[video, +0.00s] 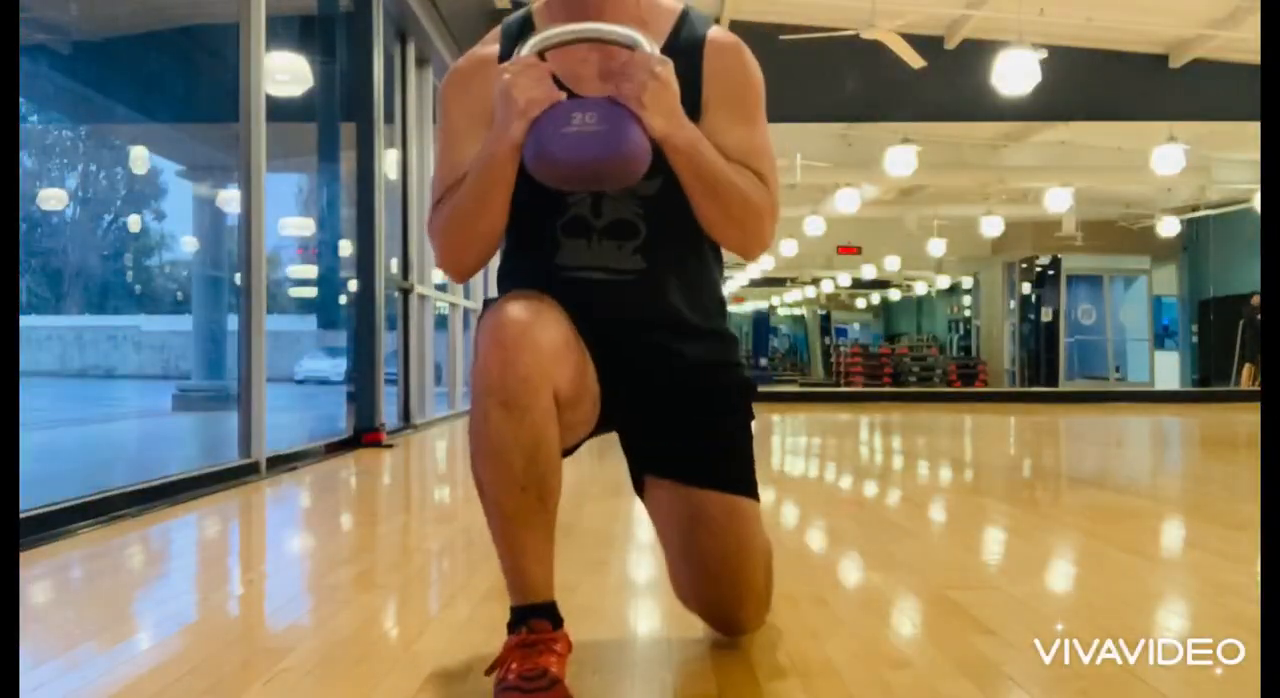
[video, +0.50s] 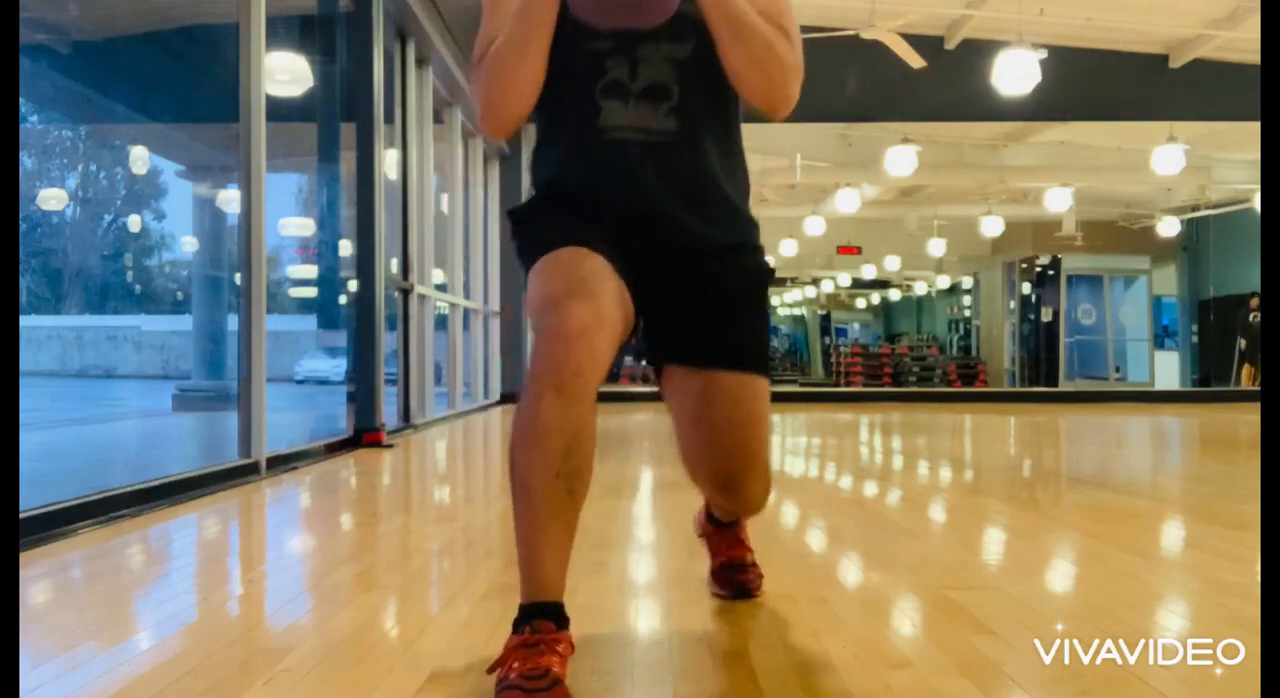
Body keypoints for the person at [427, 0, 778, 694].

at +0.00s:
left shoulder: (717, 56)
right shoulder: (484, 71)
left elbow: (751, 231)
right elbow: (456, 254)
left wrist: (675, 129)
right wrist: (506, 134)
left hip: (682, 346)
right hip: (559, 339)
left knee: (734, 609)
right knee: (512, 331)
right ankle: (534, 627)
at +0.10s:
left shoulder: (715, 53)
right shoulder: (480, 67)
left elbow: (750, 232)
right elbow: (453, 255)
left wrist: (672, 132)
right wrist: (503, 135)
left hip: (680, 341)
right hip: (556, 333)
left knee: (732, 608)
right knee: (512, 334)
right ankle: (534, 628)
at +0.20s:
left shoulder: (717, 33)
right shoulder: (480, 50)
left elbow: (751, 210)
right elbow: (453, 236)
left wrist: (671, 104)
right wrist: (501, 113)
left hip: (682, 323)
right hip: (557, 316)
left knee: (733, 590)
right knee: (517, 335)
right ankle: (534, 627)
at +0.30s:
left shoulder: (720, 9)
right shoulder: (487, 19)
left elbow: (758, 171)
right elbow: (462, 197)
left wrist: (676, 58)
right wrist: (513, 58)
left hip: (685, 284)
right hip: (560, 277)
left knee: (734, 563)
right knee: (531, 337)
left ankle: (737, 570)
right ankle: (535, 625)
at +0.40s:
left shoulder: (729, 0)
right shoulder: (500, 1)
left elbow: (766, 129)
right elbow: (476, 154)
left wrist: (685, 12)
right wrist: (529, 14)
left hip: (693, 246)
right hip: (566, 238)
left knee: (735, 521)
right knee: (548, 340)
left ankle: (731, 541)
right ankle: (537, 621)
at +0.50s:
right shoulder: (524, 3)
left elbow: (778, 91)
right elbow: (497, 115)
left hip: (707, 223)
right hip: (581, 214)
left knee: (741, 485)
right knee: (569, 336)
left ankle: (724, 523)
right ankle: (539, 622)